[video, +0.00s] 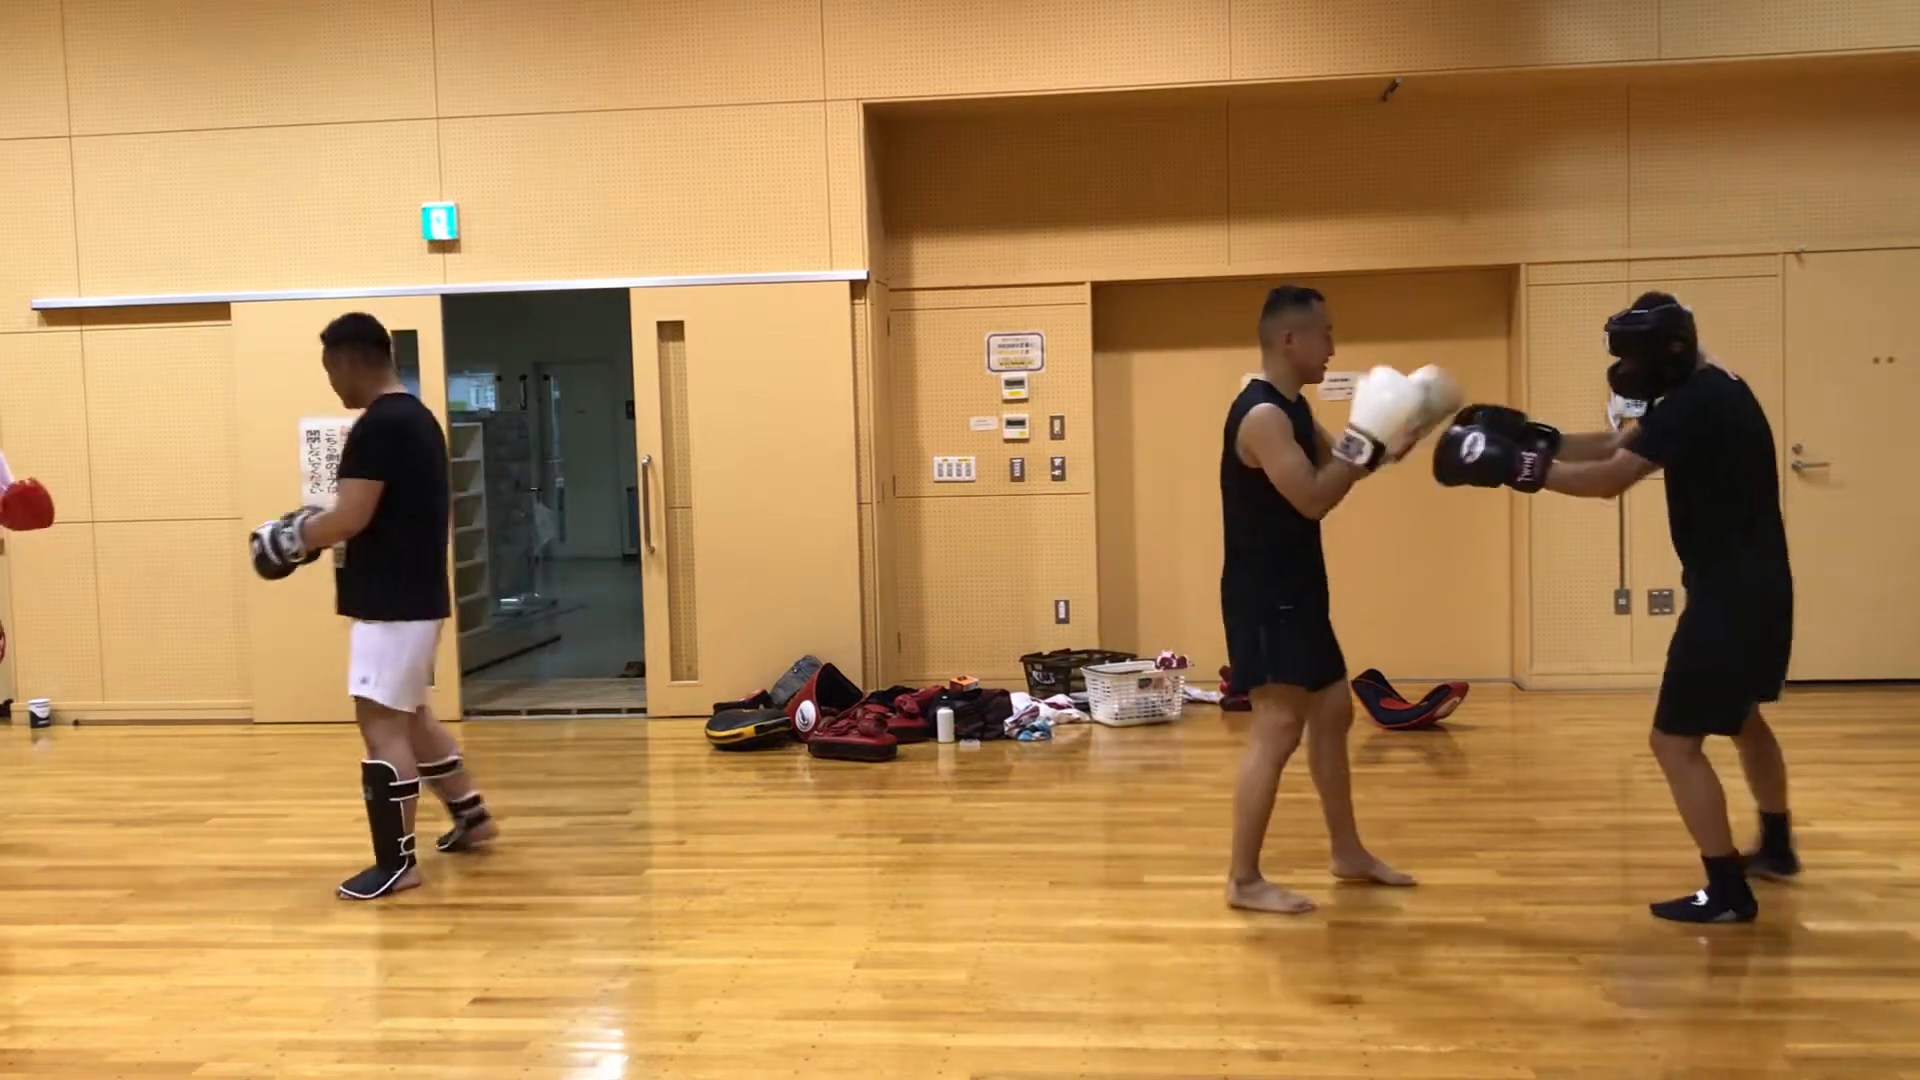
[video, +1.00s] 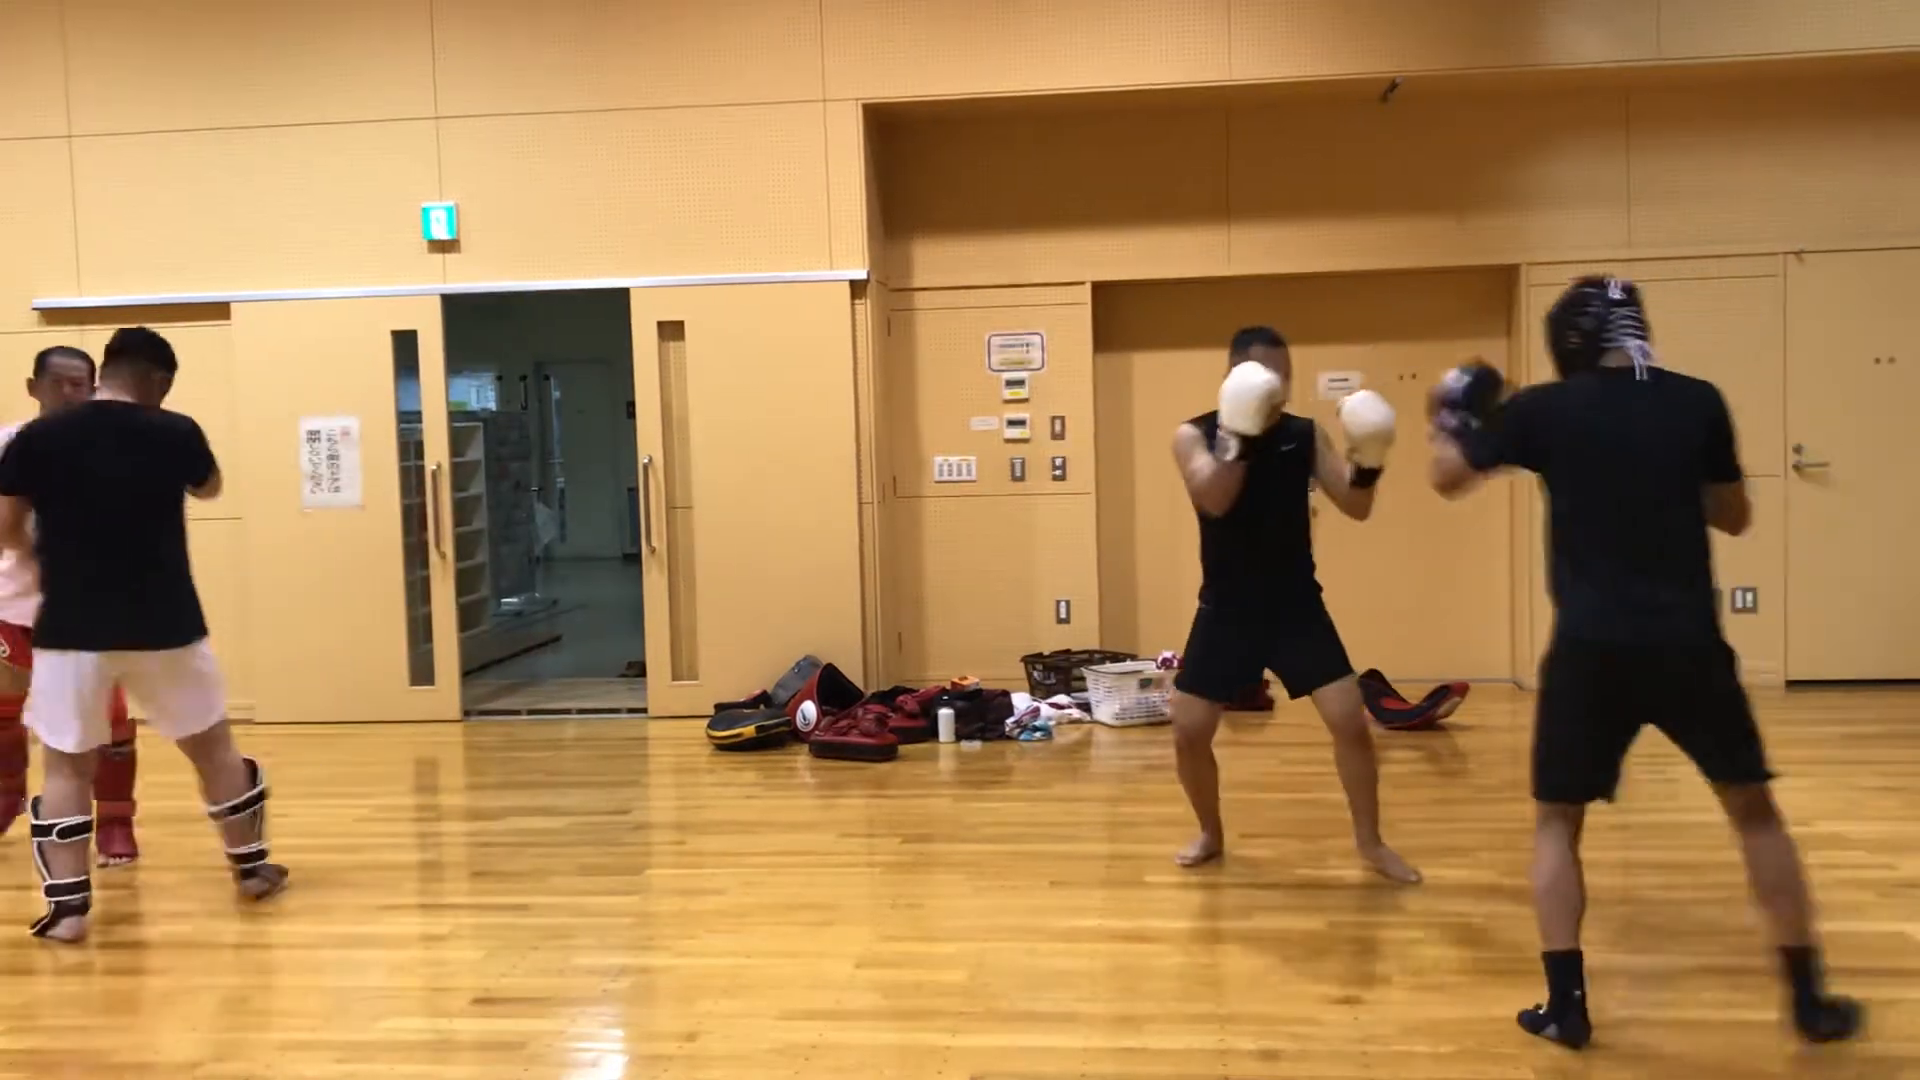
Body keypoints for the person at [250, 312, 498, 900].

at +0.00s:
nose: (330, 380)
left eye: (331, 367)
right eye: (327, 369)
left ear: (355, 360)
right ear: (381, 357)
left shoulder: (378, 425)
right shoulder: (416, 419)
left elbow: (349, 517)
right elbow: (389, 515)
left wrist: (292, 537)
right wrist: (315, 528)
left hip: (389, 606)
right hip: (417, 601)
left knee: (381, 723)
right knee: (410, 714)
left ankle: (396, 863)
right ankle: (470, 816)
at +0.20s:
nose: (286, 357)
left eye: (292, 347)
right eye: (289, 346)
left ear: (310, 354)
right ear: (344, 356)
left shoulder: (310, 428)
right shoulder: (384, 423)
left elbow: (282, 526)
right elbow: (389, 516)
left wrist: (235, 530)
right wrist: (303, 539)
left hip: (351, 611)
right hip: (377, 604)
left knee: (378, 727)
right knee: (325, 705)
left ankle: (397, 861)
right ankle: (343, 841)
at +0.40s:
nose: (249, 366)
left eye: (253, 355)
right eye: (253, 355)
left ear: (268, 359)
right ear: (309, 361)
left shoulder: (260, 435)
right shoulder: (349, 430)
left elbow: (222, 524)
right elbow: (380, 514)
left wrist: (179, 505)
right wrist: (315, 524)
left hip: (295, 615)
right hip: (338, 610)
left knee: (327, 733)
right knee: (287, 724)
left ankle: (390, 857)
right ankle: (288, 861)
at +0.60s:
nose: (210, 366)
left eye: (211, 356)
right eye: (212, 356)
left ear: (222, 356)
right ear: (271, 357)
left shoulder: (203, 420)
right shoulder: (308, 427)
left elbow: (131, 495)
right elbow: (315, 516)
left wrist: (109, 454)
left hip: (227, 607)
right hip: (294, 607)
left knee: (190, 734)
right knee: (279, 729)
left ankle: (280, 832)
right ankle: (295, 861)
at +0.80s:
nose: (148, 384)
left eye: (145, 375)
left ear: (142, 375)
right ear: (203, 374)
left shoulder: (120, 438)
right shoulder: (242, 440)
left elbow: (50, 487)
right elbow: (248, 507)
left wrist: (53, 434)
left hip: (143, 627)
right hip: (226, 627)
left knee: (104, 759)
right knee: (250, 743)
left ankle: (75, 901)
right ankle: (287, 863)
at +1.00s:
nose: (164, 395)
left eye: (164, 388)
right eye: (166, 387)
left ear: (102, 370)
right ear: (160, 383)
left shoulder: (38, 437)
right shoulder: (174, 432)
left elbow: (12, 531)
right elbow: (209, 488)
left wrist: (45, 545)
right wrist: (150, 440)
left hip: (70, 630)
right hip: (162, 626)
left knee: (65, 763)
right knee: (212, 746)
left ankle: (68, 910)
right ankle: (252, 869)